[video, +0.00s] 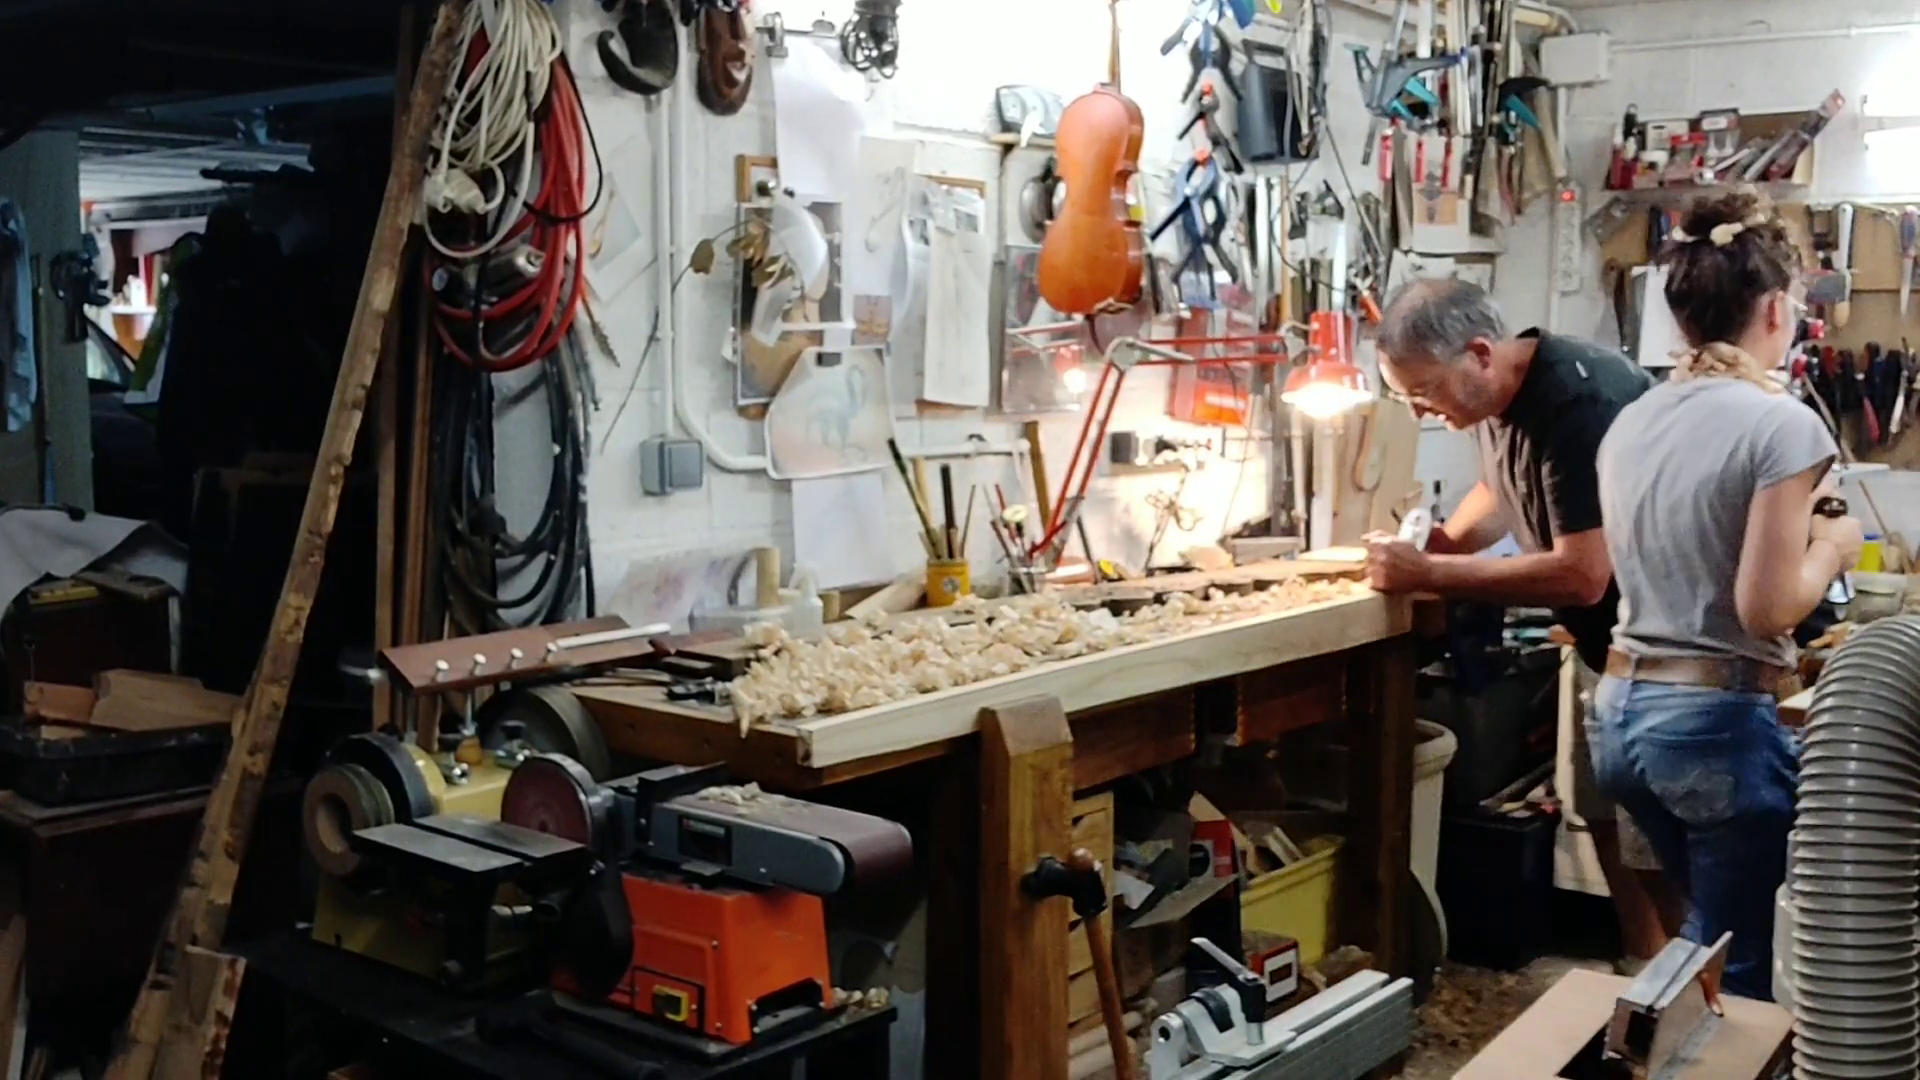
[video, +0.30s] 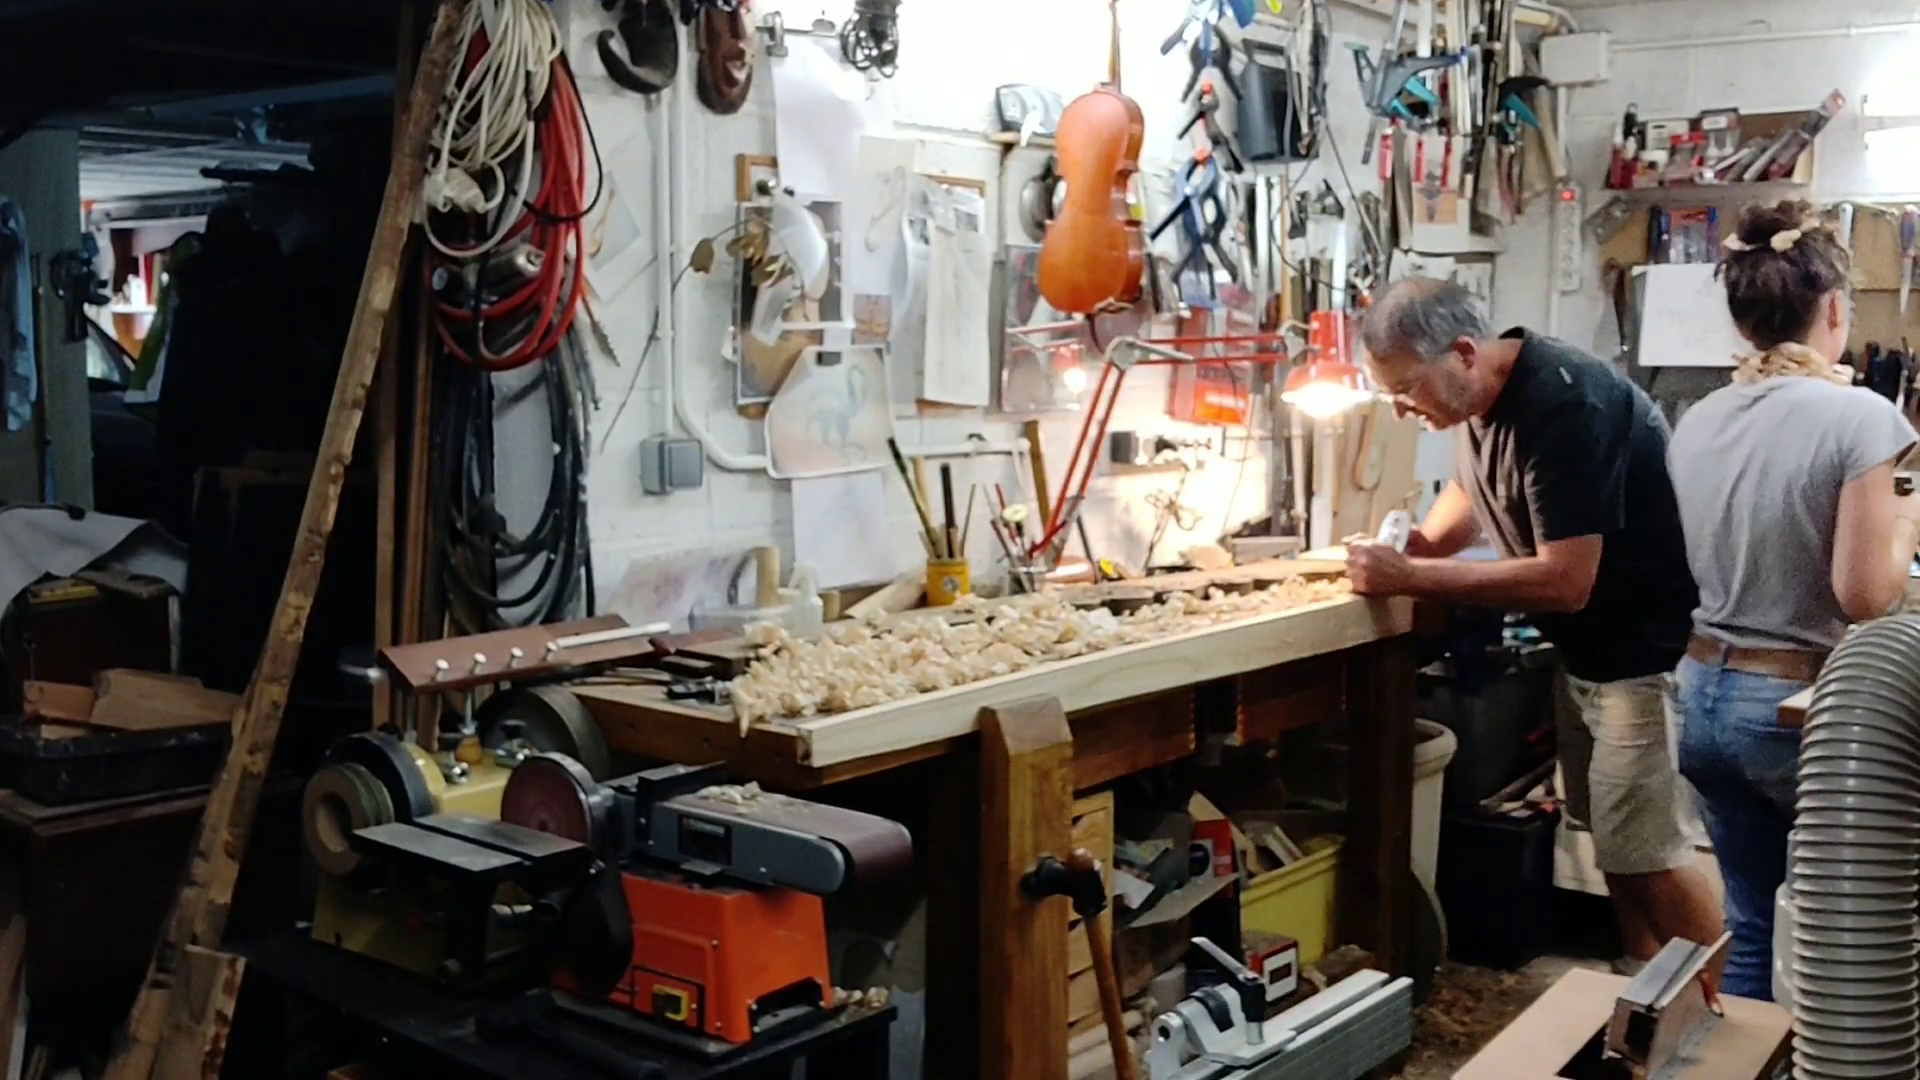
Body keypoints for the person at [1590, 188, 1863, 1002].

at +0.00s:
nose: (1799, 318)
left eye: (1800, 299)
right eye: (1798, 300)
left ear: (1684, 312)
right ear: (1773, 311)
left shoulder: (1627, 425)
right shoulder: (1785, 423)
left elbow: (1642, 573)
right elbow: (1767, 611)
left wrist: (1787, 517)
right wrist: (1833, 547)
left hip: (1617, 707)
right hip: (1718, 719)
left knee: (1704, 926)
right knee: (1744, 951)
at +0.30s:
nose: (1849, 321)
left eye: (1847, 304)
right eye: (1847, 304)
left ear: (1743, 321)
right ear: (1833, 311)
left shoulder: (1696, 422)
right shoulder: (1861, 416)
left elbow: (1697, 561)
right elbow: (1864, 594)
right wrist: (1905, 531)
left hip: (1698, 692)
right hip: (1800, 702)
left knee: (1748, 919)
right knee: (1830, 923)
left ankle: (1744, 1067)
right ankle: (1820, 1067)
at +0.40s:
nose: (1870, 313)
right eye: (1867, 296)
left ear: (1764, 316)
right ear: (1858, 308)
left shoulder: (1711, 417)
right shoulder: (1889, 414)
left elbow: (1702, 550)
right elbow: (1893, 586)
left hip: (1721, 680)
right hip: (1831, 689)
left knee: (1754, 905)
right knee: (1840, 913)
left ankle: (1747, 1066)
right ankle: (1830, 1065)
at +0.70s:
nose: (1812, 331)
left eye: (1817, 317)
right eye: (1817, 316)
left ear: (1832, 330)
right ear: (1916, 330)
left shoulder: (1771, 427)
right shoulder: (1918, 414)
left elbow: (1760, 571)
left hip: (1790, 674)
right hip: (1901, 677)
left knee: (1797, 869)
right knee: (1889, 871)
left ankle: (1791, 1036)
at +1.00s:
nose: (1820, 332)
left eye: (1824, 316)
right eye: (1819, 317)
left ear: (1858, 314)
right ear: (1906, 312)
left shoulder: (1811, 407)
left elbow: (1784, 560)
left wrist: (1746, 501)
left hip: (1827, 646)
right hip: (1915, 643)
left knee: (1792, 822)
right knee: (1901, 823)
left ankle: (1803, 998)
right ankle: (1890, 997)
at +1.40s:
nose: (1718, 340)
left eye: (1723, 324)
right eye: (1717, 323)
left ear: (1773, 322)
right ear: (1788, 320)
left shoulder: (1773, 412)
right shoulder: (1856, 399)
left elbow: (1731, 560)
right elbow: (1832, 525)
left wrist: (1629, 518)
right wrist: (1733, 509)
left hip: (1775, 646)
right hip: (1850, 635)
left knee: (1745, 850)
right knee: (1818, 840)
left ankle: (1764, 1021)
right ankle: (1821, 1009)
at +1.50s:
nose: (1694, 341)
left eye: (1699, 323)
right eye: (1692, 324)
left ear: (1750, 319)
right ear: (1763, 317)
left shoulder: (1764, 411)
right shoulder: (1816, 392)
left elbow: (1700, 554)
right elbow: (1778, 507)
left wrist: (1590, 520)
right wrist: (1684, 504)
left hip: (1770, 638)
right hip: (1825, 625)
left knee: (1730, 831)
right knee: (1791, 818)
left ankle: (1750, 997)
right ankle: (1807, 978)